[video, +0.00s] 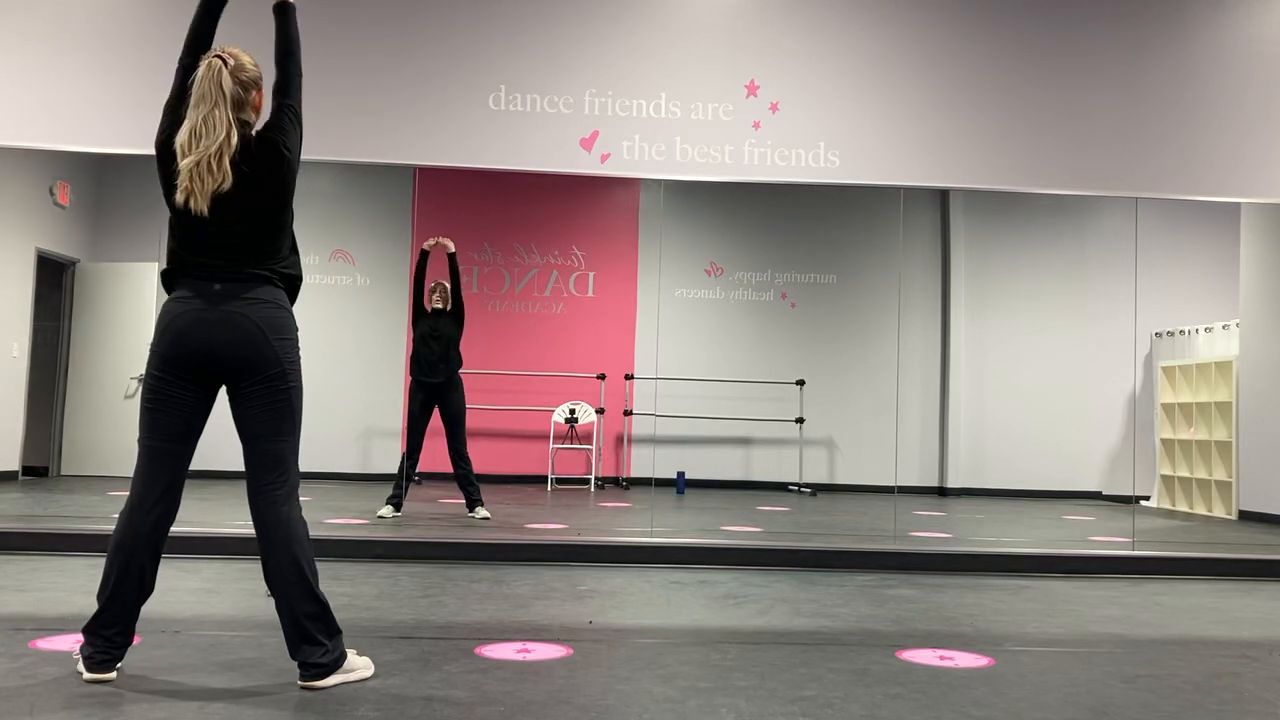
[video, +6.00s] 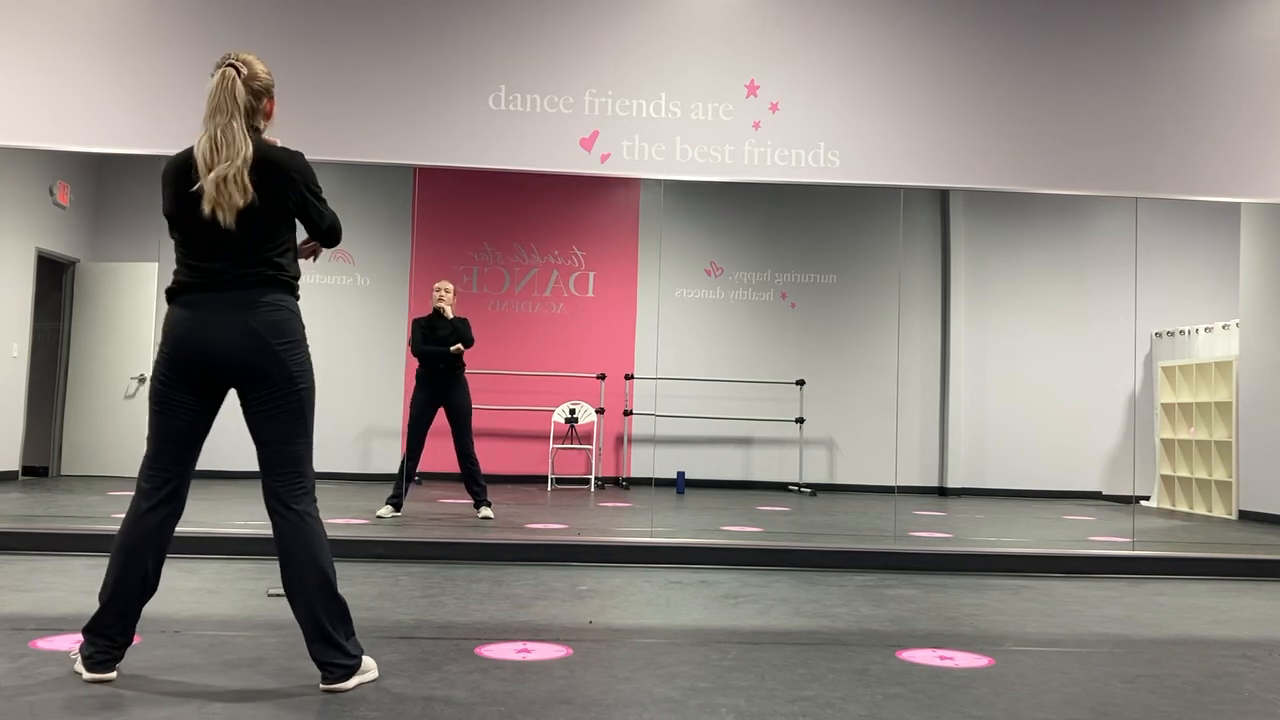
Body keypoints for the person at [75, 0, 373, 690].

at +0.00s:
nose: (264, 99)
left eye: (257, 88)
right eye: (262, 89)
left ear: (197, 93)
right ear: (253, 97)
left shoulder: (175, 146)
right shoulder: (274, 147)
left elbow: (192, 60)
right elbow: (288, 77)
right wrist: (286, 2)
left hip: (183, 319)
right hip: (262, 320)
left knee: (152, 488)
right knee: (276, 494)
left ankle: (102, 647)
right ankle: (318, 656)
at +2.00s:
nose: (263, 104)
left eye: (258, 95)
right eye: (262, 95)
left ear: (198, 97)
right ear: (252, 100)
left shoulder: (162, 168)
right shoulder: (280, 167)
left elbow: (98, 226)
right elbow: (360, 221)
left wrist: (21, 267)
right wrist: (444, 262)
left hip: (180, 324)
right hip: (260, 325)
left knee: (150, 491)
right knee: (275, 493)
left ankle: (101, 649)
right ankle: (319, 656)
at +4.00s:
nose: (271, 109)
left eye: (268, 99)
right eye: (269, 101)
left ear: (207, 99)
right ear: (257, 104)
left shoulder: (174, 166)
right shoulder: (285, 165)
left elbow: (169, 235)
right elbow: (309, 239)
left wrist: (234, 217)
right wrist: (271, 198)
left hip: (180, 327)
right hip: (261, 327)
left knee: (150, 490)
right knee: (286, 496)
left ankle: (100, 649)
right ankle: (338, 658)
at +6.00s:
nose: (278, 112)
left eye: (275, 102)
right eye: (276, 102)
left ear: (214, 101)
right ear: (264, 105)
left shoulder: (178, 167)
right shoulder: (283, 164)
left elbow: (193, 241)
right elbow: (329, 233)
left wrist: (289, 248)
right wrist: (301, 236)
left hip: (189, 328)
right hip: (269, 327)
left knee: (156, 490)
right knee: (292, 496)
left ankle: (101, 648)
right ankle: (338, 659)